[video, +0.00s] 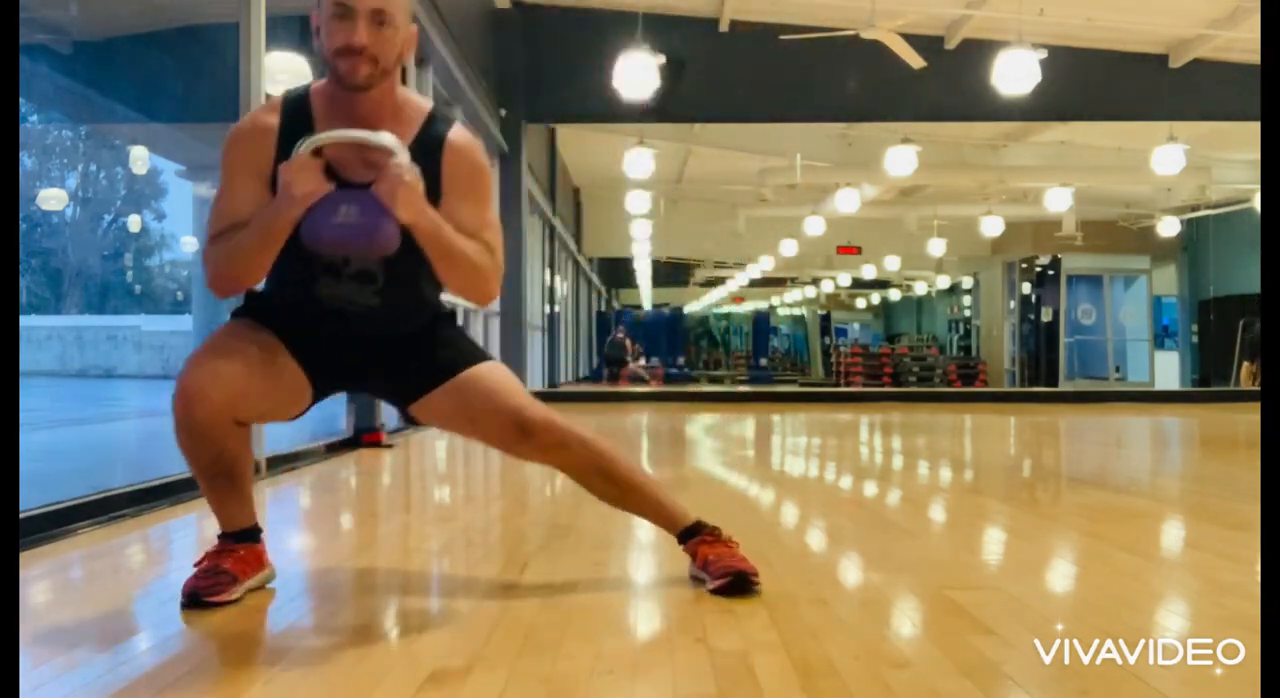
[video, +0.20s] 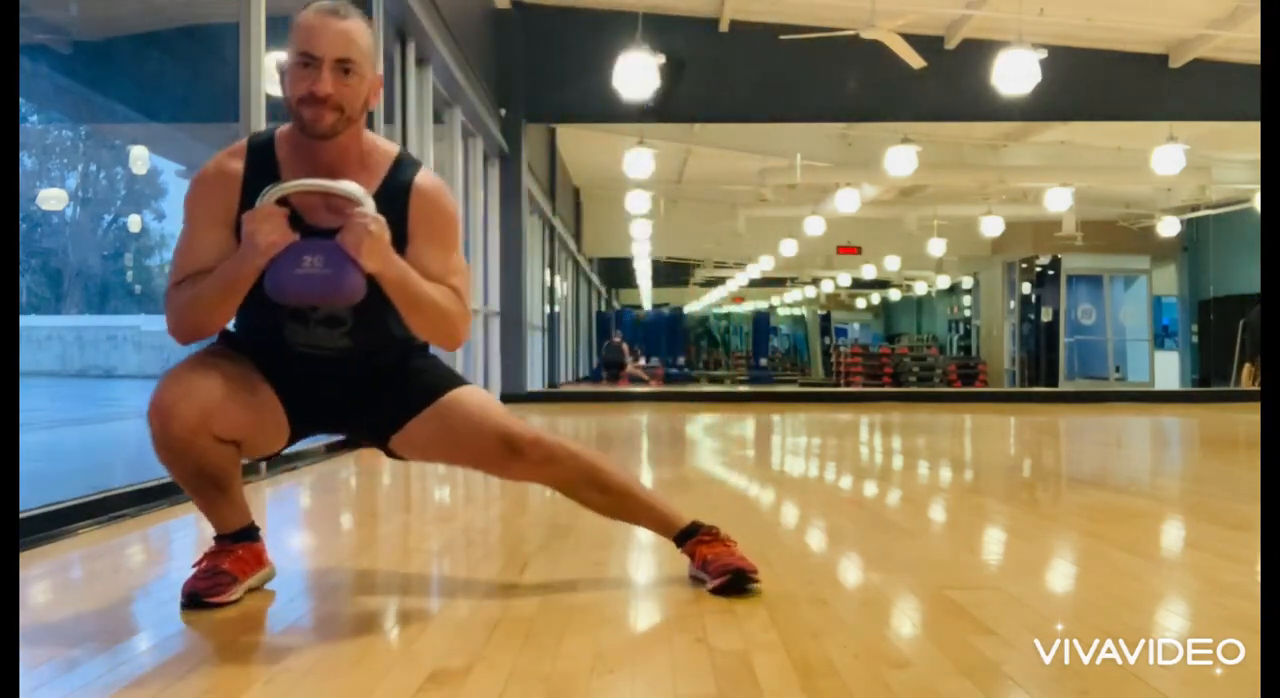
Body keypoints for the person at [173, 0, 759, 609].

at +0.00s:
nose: (358, 37)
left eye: (379, 21)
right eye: (342, 19)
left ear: (410, 38)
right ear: (317, 28)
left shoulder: (452, 147)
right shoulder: (263, 132)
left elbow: (484, 287)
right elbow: (223, 274)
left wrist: (418, 213)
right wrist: (284, 208)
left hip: (414, 336)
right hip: (295, 331)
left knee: (537, 431)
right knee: (199, 393)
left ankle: (696, 536)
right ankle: (240, 544)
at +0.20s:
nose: (320, 85)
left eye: (342, 68)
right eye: (304, 64)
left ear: (374, 84)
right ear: (282, 72)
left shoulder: (420, 194)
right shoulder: (229, 176)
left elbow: (451, 329)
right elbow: (185, 322)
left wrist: (384, 263)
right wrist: (250, 255)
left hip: (388, 376)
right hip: (270, 372)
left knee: (522, 446)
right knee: (176, 409)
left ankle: (691, 535)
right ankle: (238, 544)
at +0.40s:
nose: (303, 93)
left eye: (325, 77)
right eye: (287, 73)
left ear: (358, 92)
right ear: (263, 81)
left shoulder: (408, 202)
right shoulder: (211, 192)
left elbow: (438, 338)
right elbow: (173, 337)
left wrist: (372, 271)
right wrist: (231, 271)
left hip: (381, 388)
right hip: (263, 386)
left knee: (516, 453)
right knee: (161, 413)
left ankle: (689, 535)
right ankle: (237, 543)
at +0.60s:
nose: (321, 43)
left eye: (344, 29)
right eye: (306, 25)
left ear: (377, 47)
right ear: (283, 38)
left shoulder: (422, 156)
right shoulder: (233, 147)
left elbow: (457, 293)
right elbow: (191, 294)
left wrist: (385, 219)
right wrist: (251, 221)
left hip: (399, 354)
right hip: (280, 350)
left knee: (530, 436)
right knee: (190, 401)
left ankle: (694, 536)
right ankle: (240, 541)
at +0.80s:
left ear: (425, 2)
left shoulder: (470, 100)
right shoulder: (281, 85)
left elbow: (501, 238)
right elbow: (239, 227)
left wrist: (439, 144)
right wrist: (309, 135)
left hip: (431, 309)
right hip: (315, 306)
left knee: (555, 415)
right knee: (225, 398)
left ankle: (701, 536)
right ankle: (240, 541)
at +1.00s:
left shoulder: (541, 38)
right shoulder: (356, 22)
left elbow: (567, 168)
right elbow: (317, 153)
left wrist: (513, 70)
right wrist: (393, 57)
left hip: (492, 262)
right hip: (371, 261)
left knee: (598, 384)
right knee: (268, 393)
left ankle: (707, 535)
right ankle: (242, 543)